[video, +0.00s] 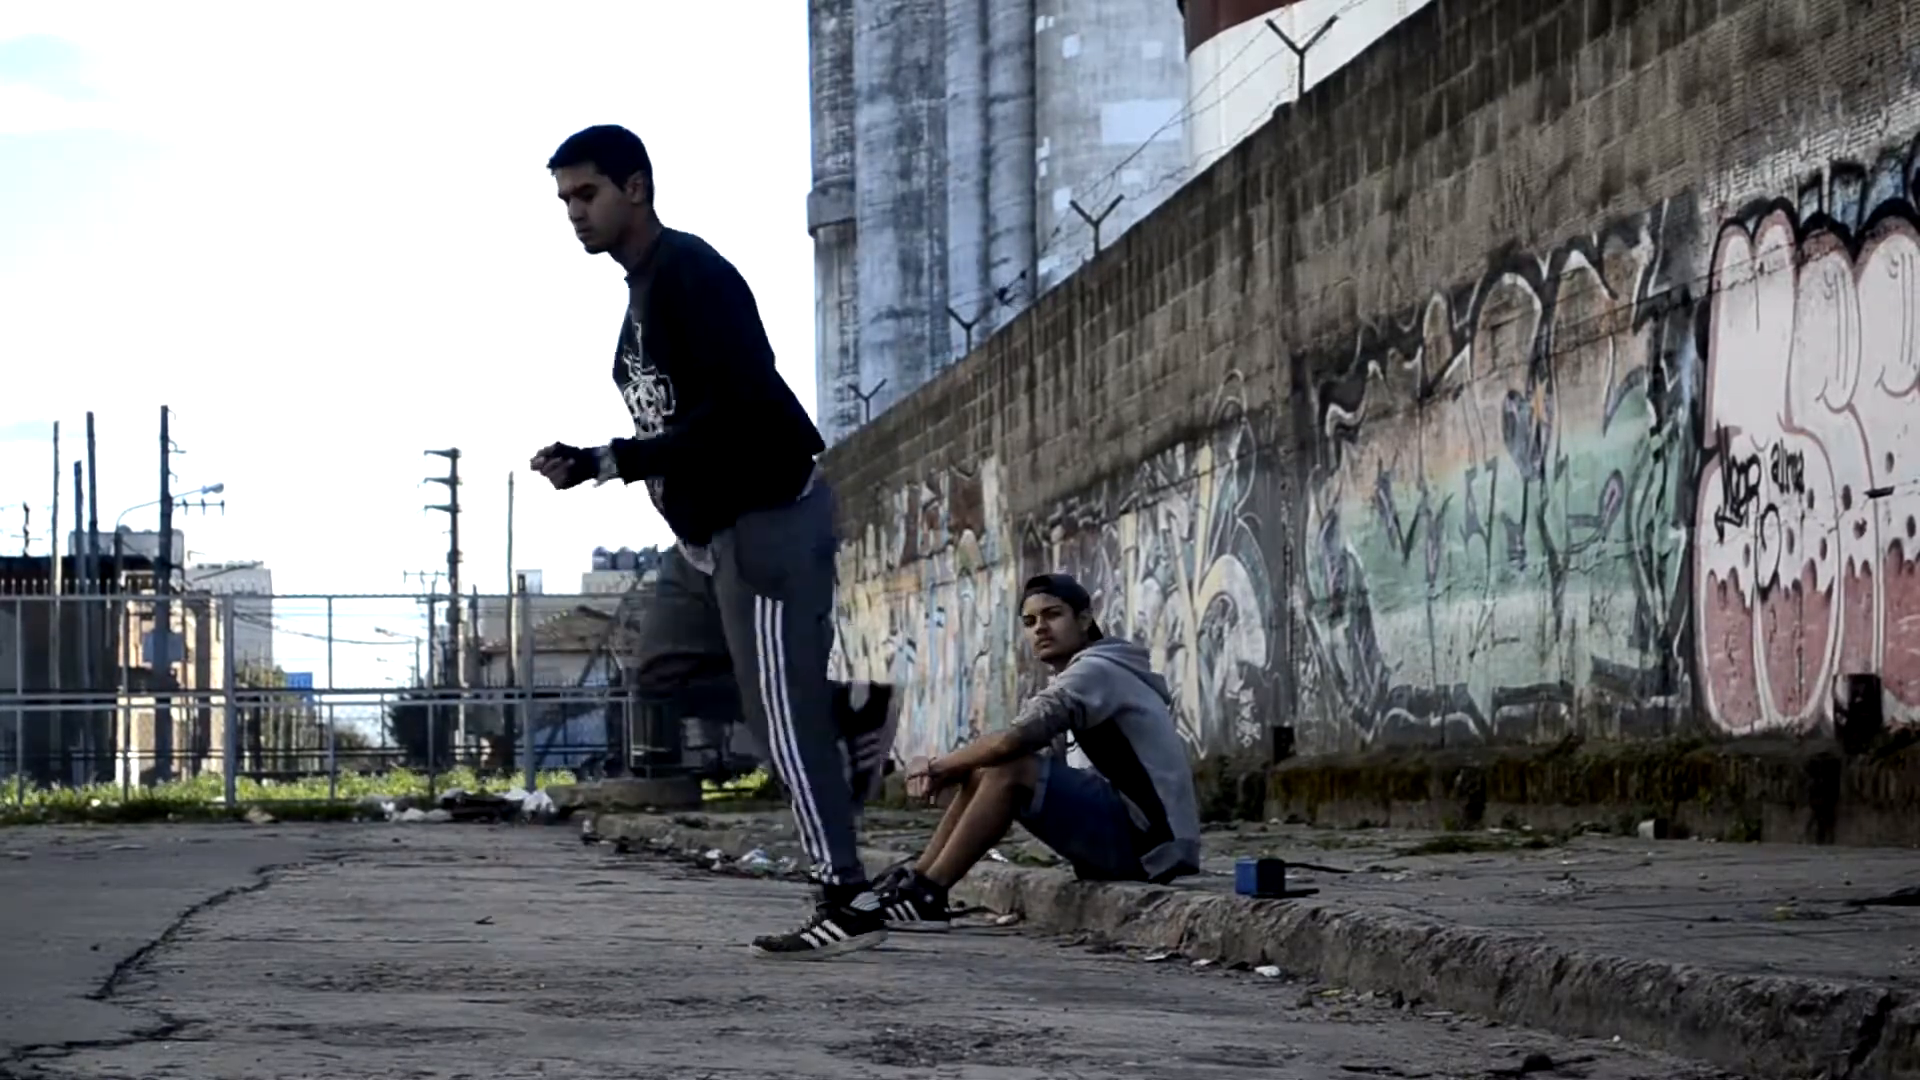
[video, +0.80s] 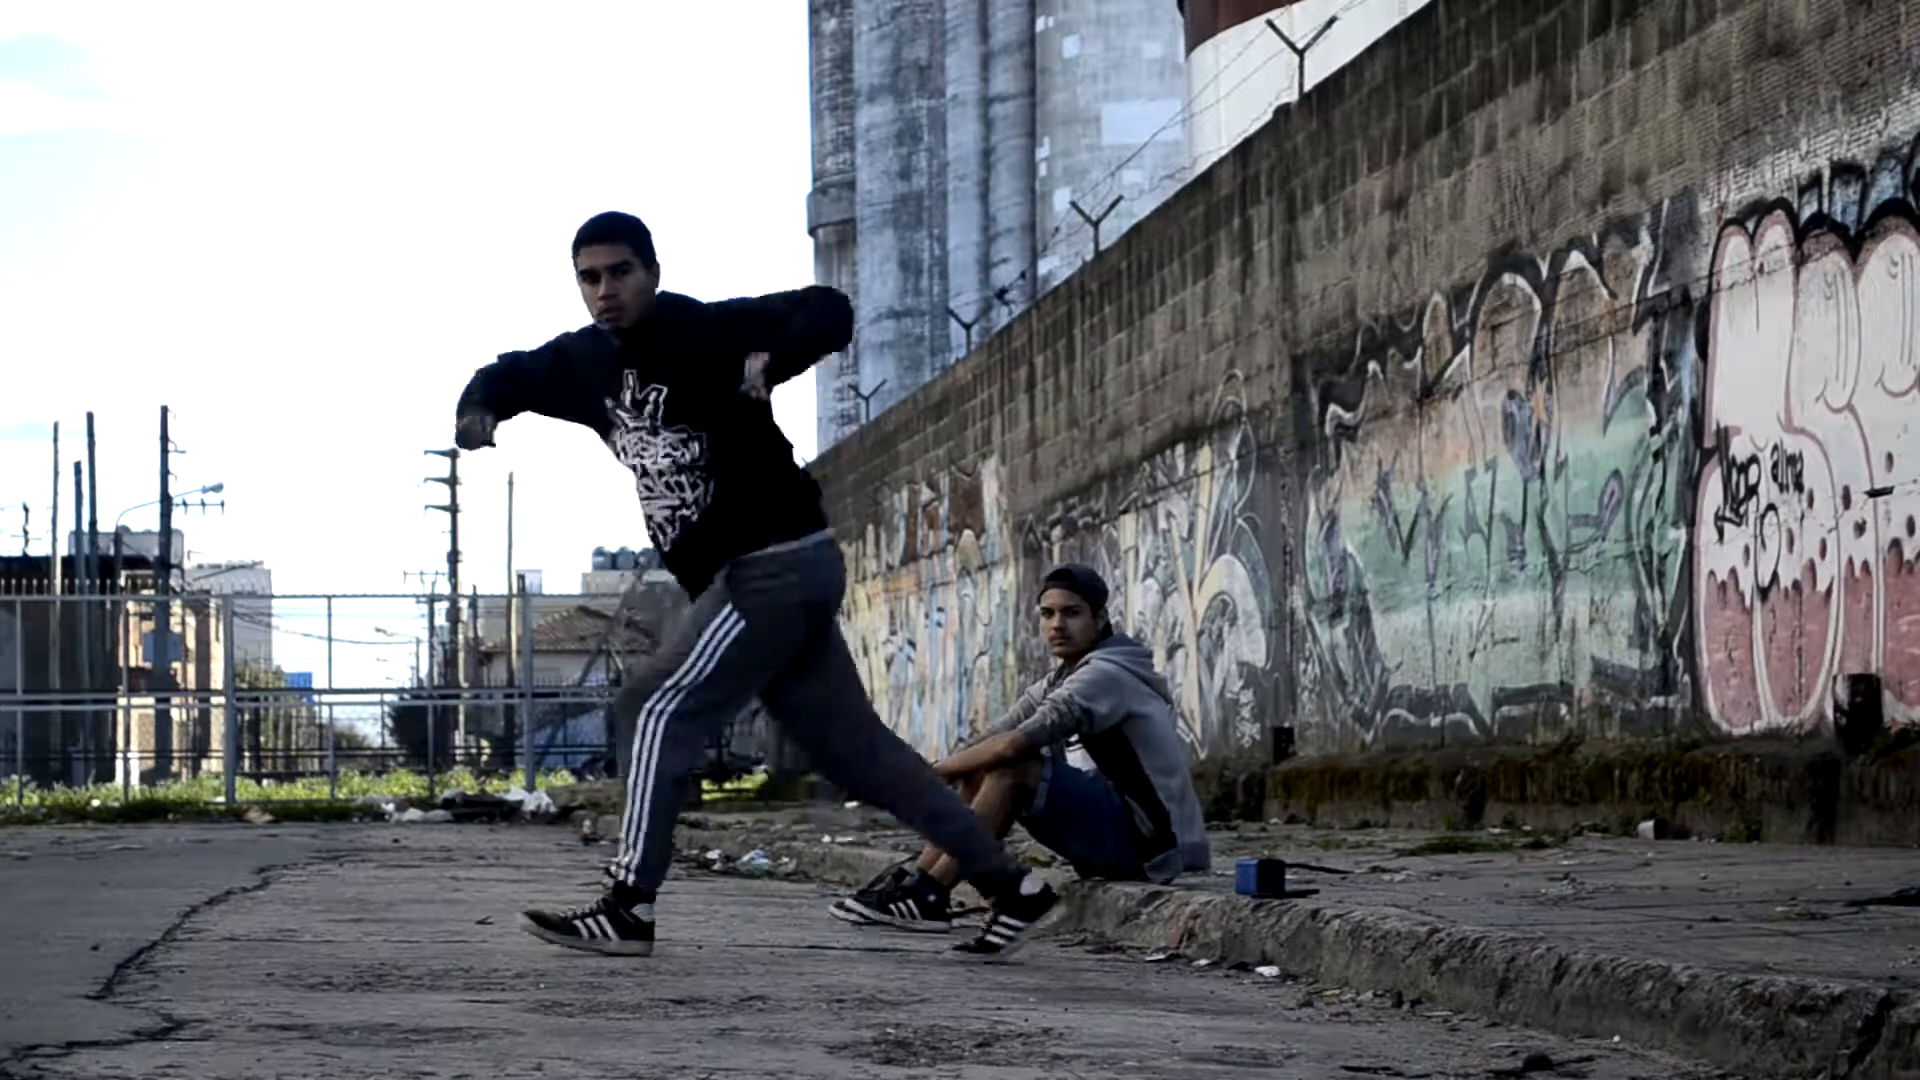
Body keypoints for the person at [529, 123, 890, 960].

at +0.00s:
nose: (572, 215)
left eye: (583, 196)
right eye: (565, 201)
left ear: (635, 186)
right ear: (581, 203)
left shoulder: (689, 275)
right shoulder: (647, 292)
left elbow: (723, 425)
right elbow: (690, 424)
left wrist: (603, 461)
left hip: (771, 518)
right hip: (722, 530)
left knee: (786, 710)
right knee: (658, 672)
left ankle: (846, 898)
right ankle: (849, 710)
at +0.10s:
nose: (576, 223)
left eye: (587, 205)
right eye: (566, 212)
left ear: (634, 196)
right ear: (570, 220)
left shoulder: (672, 262)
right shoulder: (626, 288)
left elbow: (699, 341)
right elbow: (643, 409)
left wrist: (594, 377)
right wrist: (563, 408)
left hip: (767, 525)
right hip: (697, 535)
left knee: (806, 718)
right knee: (633, 675)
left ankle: (937, 857)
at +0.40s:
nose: (613, 193)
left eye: (629, 175)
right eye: (600, 180)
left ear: (665, 180)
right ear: (591, 193)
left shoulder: (711, 268)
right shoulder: (621, 294)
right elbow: (638, 411)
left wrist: (655, 461)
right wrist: (615, 478)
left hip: (770, 500)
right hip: (709, 524)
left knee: (709, 677)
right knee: (688, 700)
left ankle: (873, 747)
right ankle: (737, 895)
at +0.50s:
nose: (634, 216)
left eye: (649, 199)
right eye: (620, 204)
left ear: (683, 205)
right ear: (609, 217)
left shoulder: (736, 292)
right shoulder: (637, 318)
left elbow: (811, 403)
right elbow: (680, 432)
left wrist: (745, 491)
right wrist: (648, 486)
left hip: (777, 515)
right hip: (725, 526)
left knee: (645, 625)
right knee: (734, 734)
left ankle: (811, 672)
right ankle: (832, 903)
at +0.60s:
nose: (619, 227)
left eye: (634, 210)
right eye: (605, 214)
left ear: (666, 215)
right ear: (594, 229)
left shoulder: (723, 298)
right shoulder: (621, 338)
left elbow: (829, 393)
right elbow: (639, 437)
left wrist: (801, 490)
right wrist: (631, 474)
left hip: (774, 506)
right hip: (752, 517)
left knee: (635, 603)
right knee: (781, 717)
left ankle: (771, 733)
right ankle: (840, 905)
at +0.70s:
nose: (605, 236)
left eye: (619, 218)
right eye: (590, 224)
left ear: (653, 218)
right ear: (579, 234)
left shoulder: (712, 288)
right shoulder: (598, 324)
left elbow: (840, 339)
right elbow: (569, 409)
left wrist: (815, 441)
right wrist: (564, 439)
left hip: (782, 503)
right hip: (752, 515)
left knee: (668, 646)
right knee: (801, 706)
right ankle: (930, 860)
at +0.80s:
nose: (603, 292)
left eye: (618, 274)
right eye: (589, 279)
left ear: (653, 274)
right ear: (579, 286)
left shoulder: (705, 329)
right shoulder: (584, 360)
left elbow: (828, 311)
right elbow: (506, 381)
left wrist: (775, 359)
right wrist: (476, 411)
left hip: (781, 566)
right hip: (746, 578)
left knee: (666, 712)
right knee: (859, 752)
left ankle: (628, 906)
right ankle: (1011, 885)